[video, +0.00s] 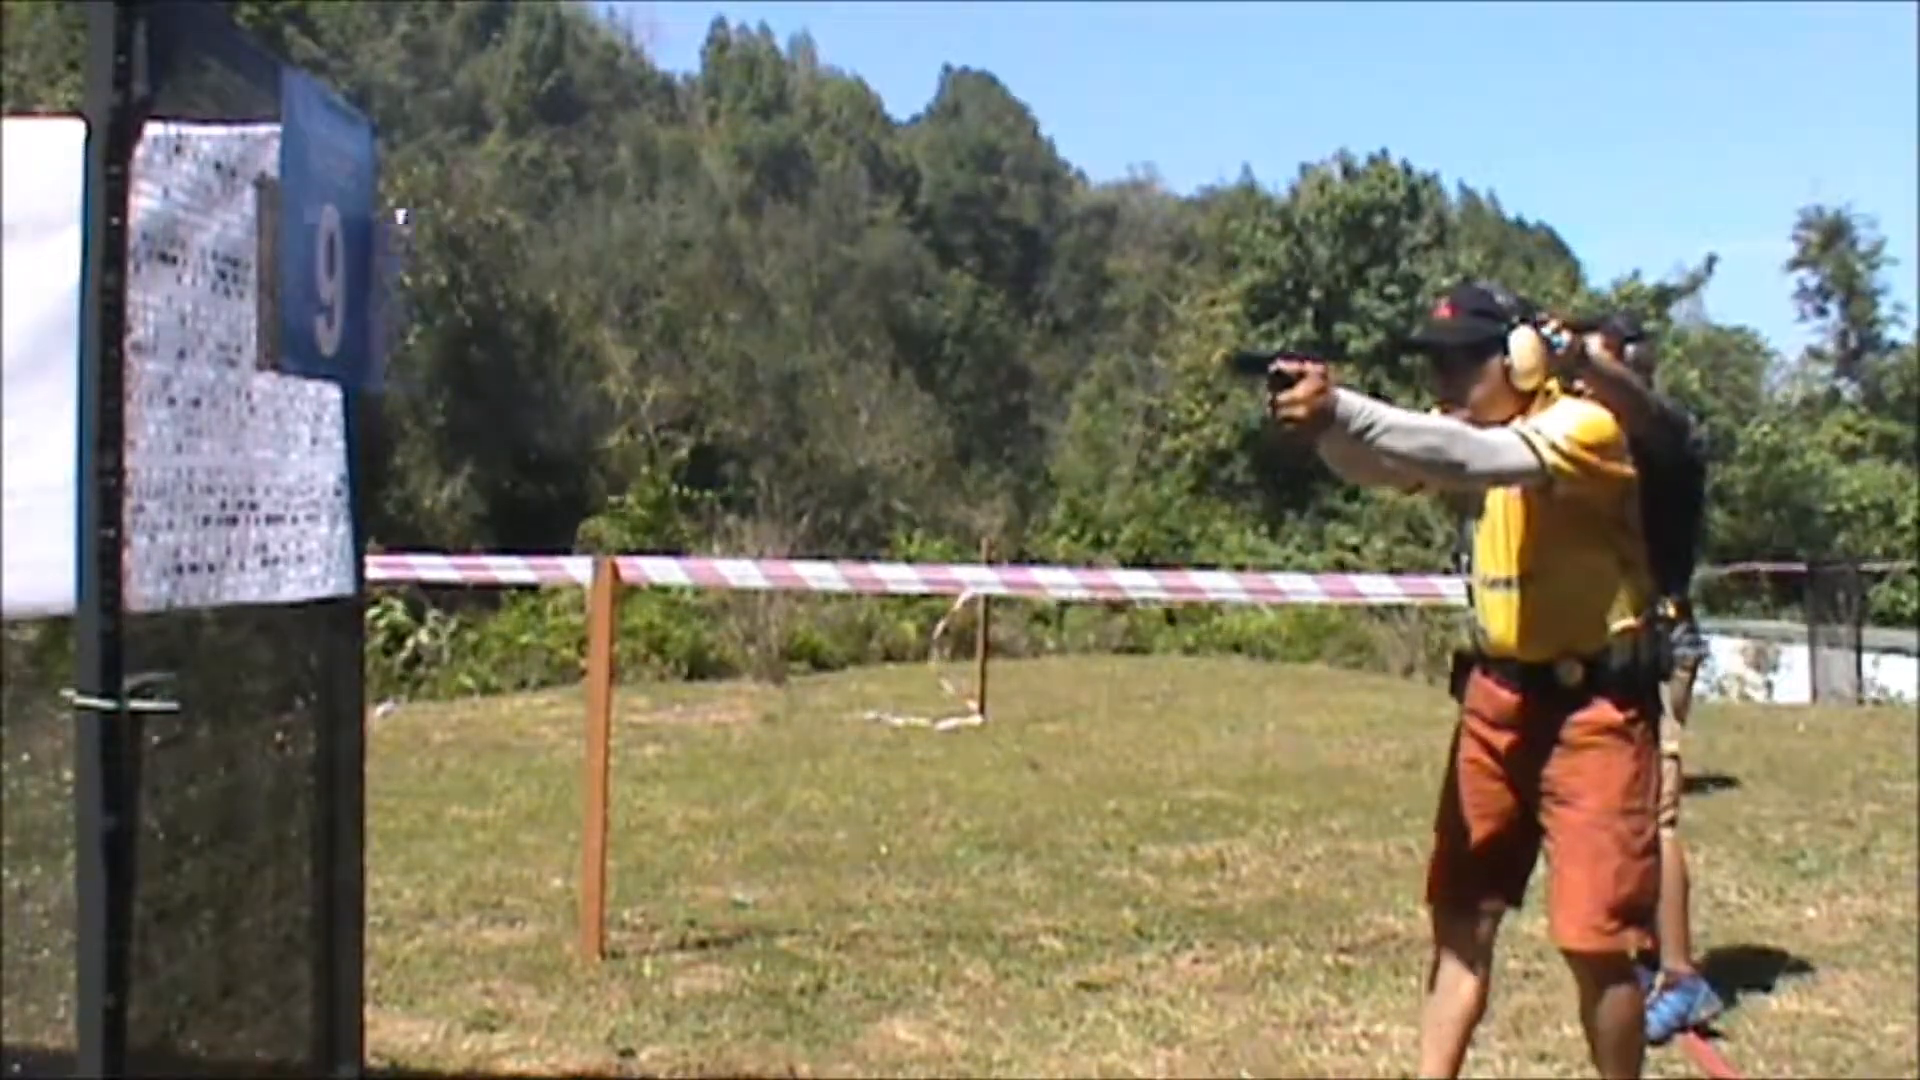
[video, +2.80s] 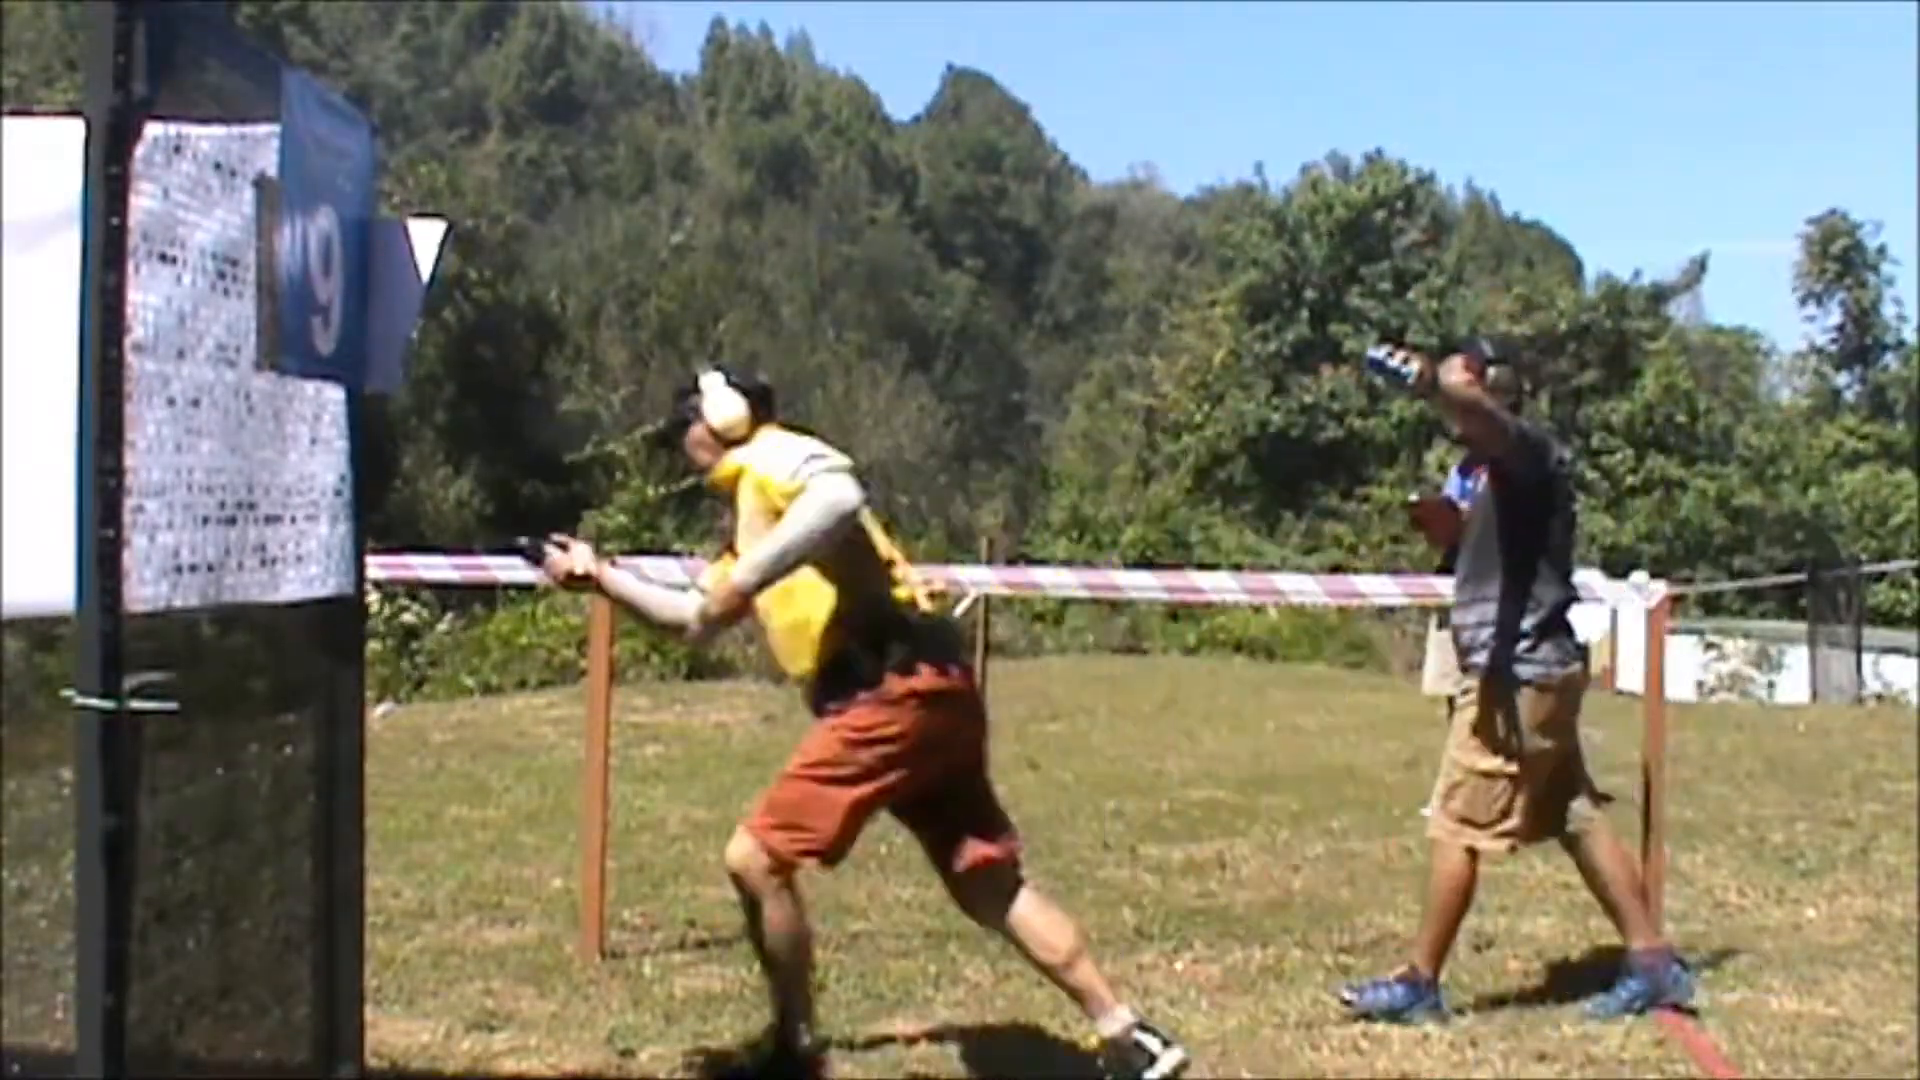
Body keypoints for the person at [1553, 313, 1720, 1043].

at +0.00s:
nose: (1599, 371)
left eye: (1612, 359)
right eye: (1595, 359)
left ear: (1638, 364)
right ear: (1590, 368)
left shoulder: (1671, 437)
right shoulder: (1581, 433)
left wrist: (1585, 359)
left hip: (1659, 631)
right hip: (1601, 637)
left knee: (1657, 806)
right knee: (1614, 805)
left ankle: (1678, 970)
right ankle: (1639, 965)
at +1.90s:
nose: (1601, 372)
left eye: (1613, 359)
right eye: (1597, 359)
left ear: (1640, 362)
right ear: (1608, 362)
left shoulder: (1673, 432)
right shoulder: (1598, 430)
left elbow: (1619, 388)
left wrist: (1585, 354)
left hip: (1661, 629)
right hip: (1612, 632)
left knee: (1659, 810)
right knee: (1624, 812)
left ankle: (1678, 973)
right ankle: (1644, 968)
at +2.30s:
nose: (1570, 393)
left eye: (1580, 377)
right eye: (1566, 381)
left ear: (1614, 371)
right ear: (1587, 378)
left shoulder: (1651, 438)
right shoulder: (1613, 450)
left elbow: (1614, 395)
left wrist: (1559, 351)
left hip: (1635, 658)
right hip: (1606, 655)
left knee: (1619, 819)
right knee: (1620, 819)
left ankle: (1674, 972)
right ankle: (1653, 964)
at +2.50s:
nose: (1538, 397)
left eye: (1549, 383)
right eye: (1536, 384)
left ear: (1582, 379)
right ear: (1554, 386)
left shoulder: (1618, 442)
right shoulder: (1603, 452)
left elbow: (1590, 402)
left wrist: (1532, 358)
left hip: (1605, 656)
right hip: (1624, 656)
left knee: (1550, 810)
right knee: (1628, 816)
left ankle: (1596, 969)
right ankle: (1658, 965)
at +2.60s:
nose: (1521, 404)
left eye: (1531, 389)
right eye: (1519, 392)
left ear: (1558, 384)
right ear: (1528, 396)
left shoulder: (1597, 447)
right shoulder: (1578, 459)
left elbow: (1565, 404)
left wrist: (1514, 364)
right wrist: (1495, 529)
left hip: (1585, 655)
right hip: (1608, 655)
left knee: (1530, 810)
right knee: (1617, 810)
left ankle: (1527, 975)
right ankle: (1657, 965)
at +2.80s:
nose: (1456, 385)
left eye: (1467, 376)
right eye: (1455, 376)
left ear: (1500, 386)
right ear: (1471, 393)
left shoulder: (1530, 452)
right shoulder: (1485, 465)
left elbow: (1475, 411)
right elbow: (1474, 556)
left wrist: (1437, 379)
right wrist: (1443, 529)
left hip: (1515, 672)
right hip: (1533, 669)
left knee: (1456, 826)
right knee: (1576, 815)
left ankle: (1420, 979)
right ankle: (1654, 963)